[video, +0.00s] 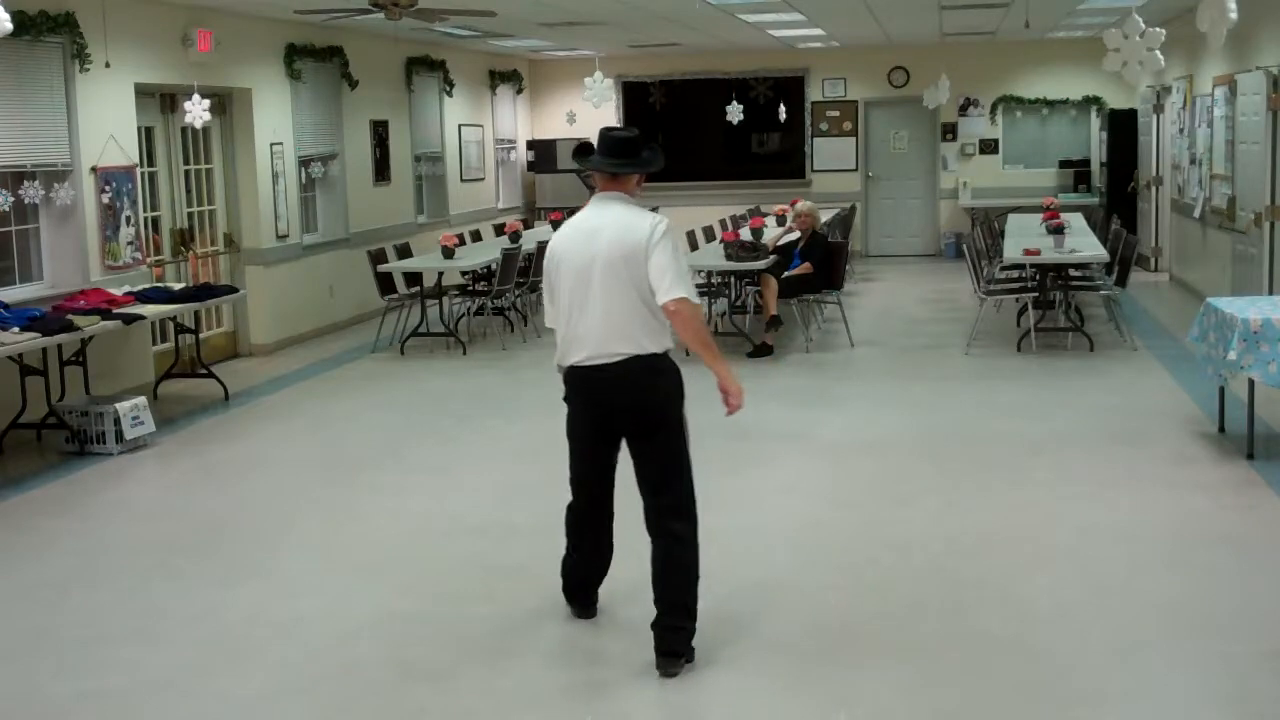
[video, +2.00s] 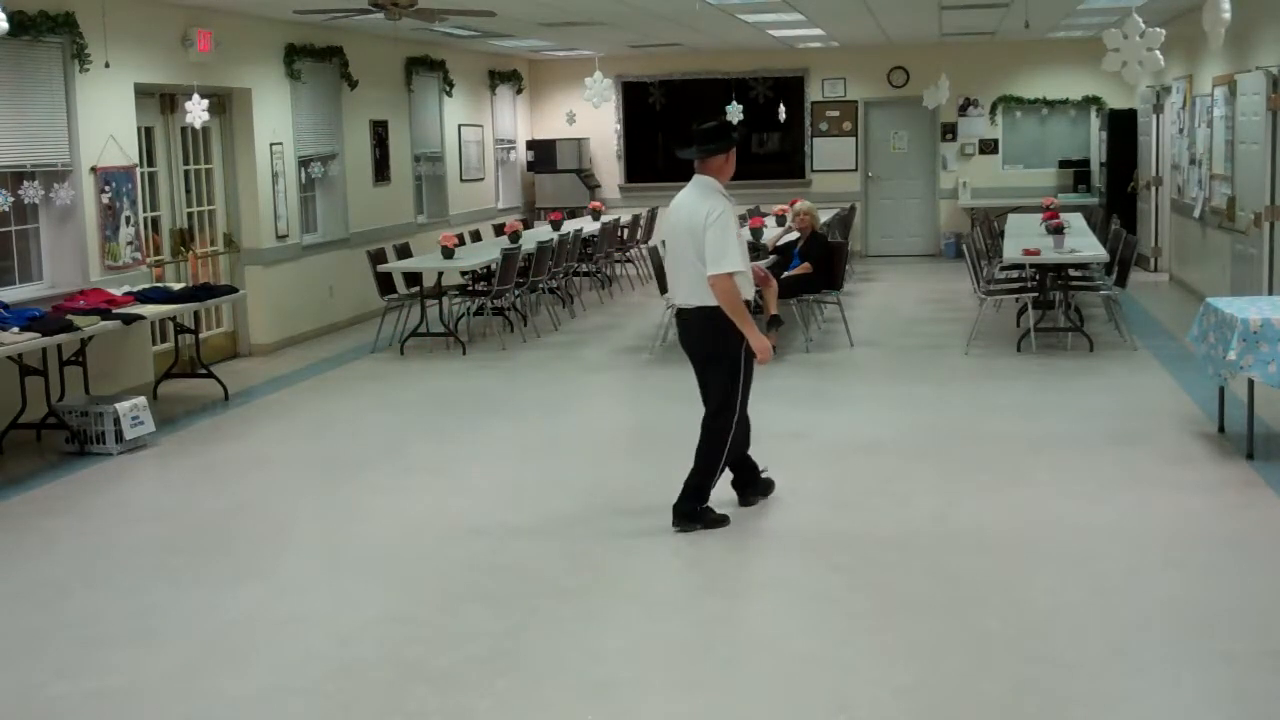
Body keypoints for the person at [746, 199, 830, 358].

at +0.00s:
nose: (802, 220)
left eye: (806, 216)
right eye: (798, 216)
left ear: (814, 219)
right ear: (795, 220)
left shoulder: (820, 240)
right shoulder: (797, 241)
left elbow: (810, 267)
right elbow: (767, 249)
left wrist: (785, 276)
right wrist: (785, 230)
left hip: (810, 279)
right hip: (791, 275)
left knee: (767, 291)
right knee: (765, 275)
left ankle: (767, 343)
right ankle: (773, 315)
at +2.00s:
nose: (801, 217)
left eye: (805, 214)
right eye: (798, 215)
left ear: (813, 219)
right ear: (794, 219)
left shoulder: (819, 239)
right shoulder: (795, 243)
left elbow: (810, 266)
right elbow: (767, 249)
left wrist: (785, 276)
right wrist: (785, 231)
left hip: (810, 279)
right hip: (791, 277)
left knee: (768, 291)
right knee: (767, 277)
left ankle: (771, 341)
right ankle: (773, 316)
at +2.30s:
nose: (801, 218)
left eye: (805, 215)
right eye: (798, 215)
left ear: (812, 218)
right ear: (794, 220)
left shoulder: (819, 239)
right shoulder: (795, 242)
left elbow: (809, 266)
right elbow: (768, 249)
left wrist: (786, 275)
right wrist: (785, 231)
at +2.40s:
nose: (801, 218)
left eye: (805, 215)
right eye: (798, 215)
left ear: (812, 218)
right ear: (794, 220)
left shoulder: (819, 239)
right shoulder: (793, 241)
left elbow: (810, 266)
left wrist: (787, 275)